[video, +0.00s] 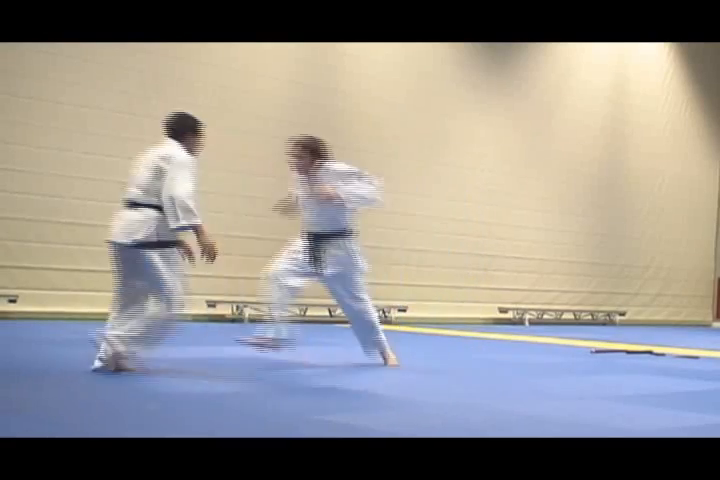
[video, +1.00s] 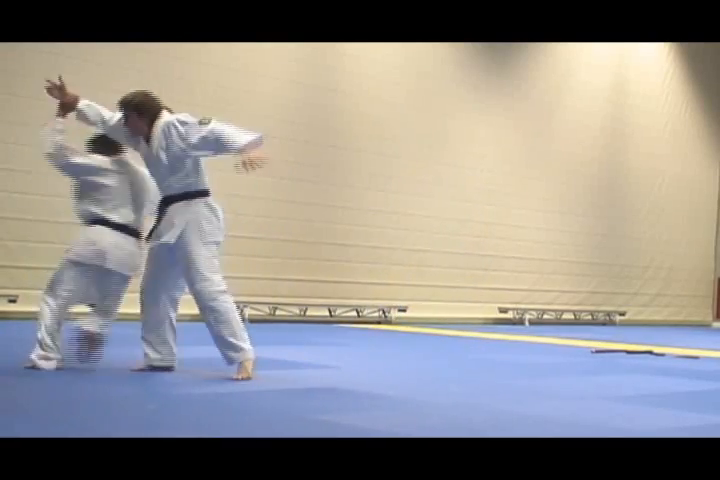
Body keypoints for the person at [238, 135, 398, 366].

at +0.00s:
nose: (293, 162)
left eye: (298, 157)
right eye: (291, 157)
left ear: (313, 157)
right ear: (294, 158)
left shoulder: (335, 172)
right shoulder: (301, 177)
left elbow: (372, 191)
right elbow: (306, 199)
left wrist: (339, 194)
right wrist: (292, 205)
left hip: (338, 247)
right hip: (308, 246)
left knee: (356, 303)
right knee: (276, 275)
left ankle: (385, 352)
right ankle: (276, 335)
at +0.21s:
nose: (229, 154)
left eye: (234, 149)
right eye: (228, 149)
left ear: (250, 152)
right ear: (230, 152)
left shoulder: (266, 172)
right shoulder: (228, 176)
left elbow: (242, 183)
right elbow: (201, 186)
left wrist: (209, 176)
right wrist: (178, 173)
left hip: (277, 245)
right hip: (244, 249)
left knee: (312, 303)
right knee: (209, 294)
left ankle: (349, 355)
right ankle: (193, 356)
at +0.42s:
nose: (178, 134)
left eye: (184, 129)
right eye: (177, 129)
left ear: (202, 131)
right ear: (179, 131)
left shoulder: (224, 154)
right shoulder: (180, 156)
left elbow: (219, 193)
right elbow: (148, 140)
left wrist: (202, 225)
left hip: (241, 225)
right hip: (209, 229)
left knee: (271, 287)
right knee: (175, 281)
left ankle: (309, 348)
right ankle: (177, 349)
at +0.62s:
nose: (157, 129)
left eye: (162, 124)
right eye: (155, 124)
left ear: (181, 127)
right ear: (154, 127)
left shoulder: (204, 154)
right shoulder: (149, 149)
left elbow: (225, 190)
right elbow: (113, 131)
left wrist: (230, 224)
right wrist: (80, 111)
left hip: (210, 227)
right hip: (175, 232)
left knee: (243, 291)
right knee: (147, 292)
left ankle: (280, 354)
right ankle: (150, 359)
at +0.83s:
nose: (132, 142)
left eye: (133, 135)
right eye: (129, 137)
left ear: (148, 128)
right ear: (135, 133)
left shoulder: (183, 132)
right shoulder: (140, 149)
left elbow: (224, 140)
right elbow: (105, 135)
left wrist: (254, 160)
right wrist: (66, 120)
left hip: (201, 214)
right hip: (169, 218)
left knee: (217, 287)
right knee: (153, 293)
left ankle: (245, 357)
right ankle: (153, 360)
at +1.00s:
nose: (126, 125)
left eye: (128, 119)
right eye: (125, 120)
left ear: (142, 116)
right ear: (136, 119)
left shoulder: (175, 126)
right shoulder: (139, 137)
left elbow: (212, 131)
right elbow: (108, 120)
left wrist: (245, 144)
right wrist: (74, 103)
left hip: (196, 212)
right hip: (168, 218)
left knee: (206, 285)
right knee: (155, 289)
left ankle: (242, 356)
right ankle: (160, 357)